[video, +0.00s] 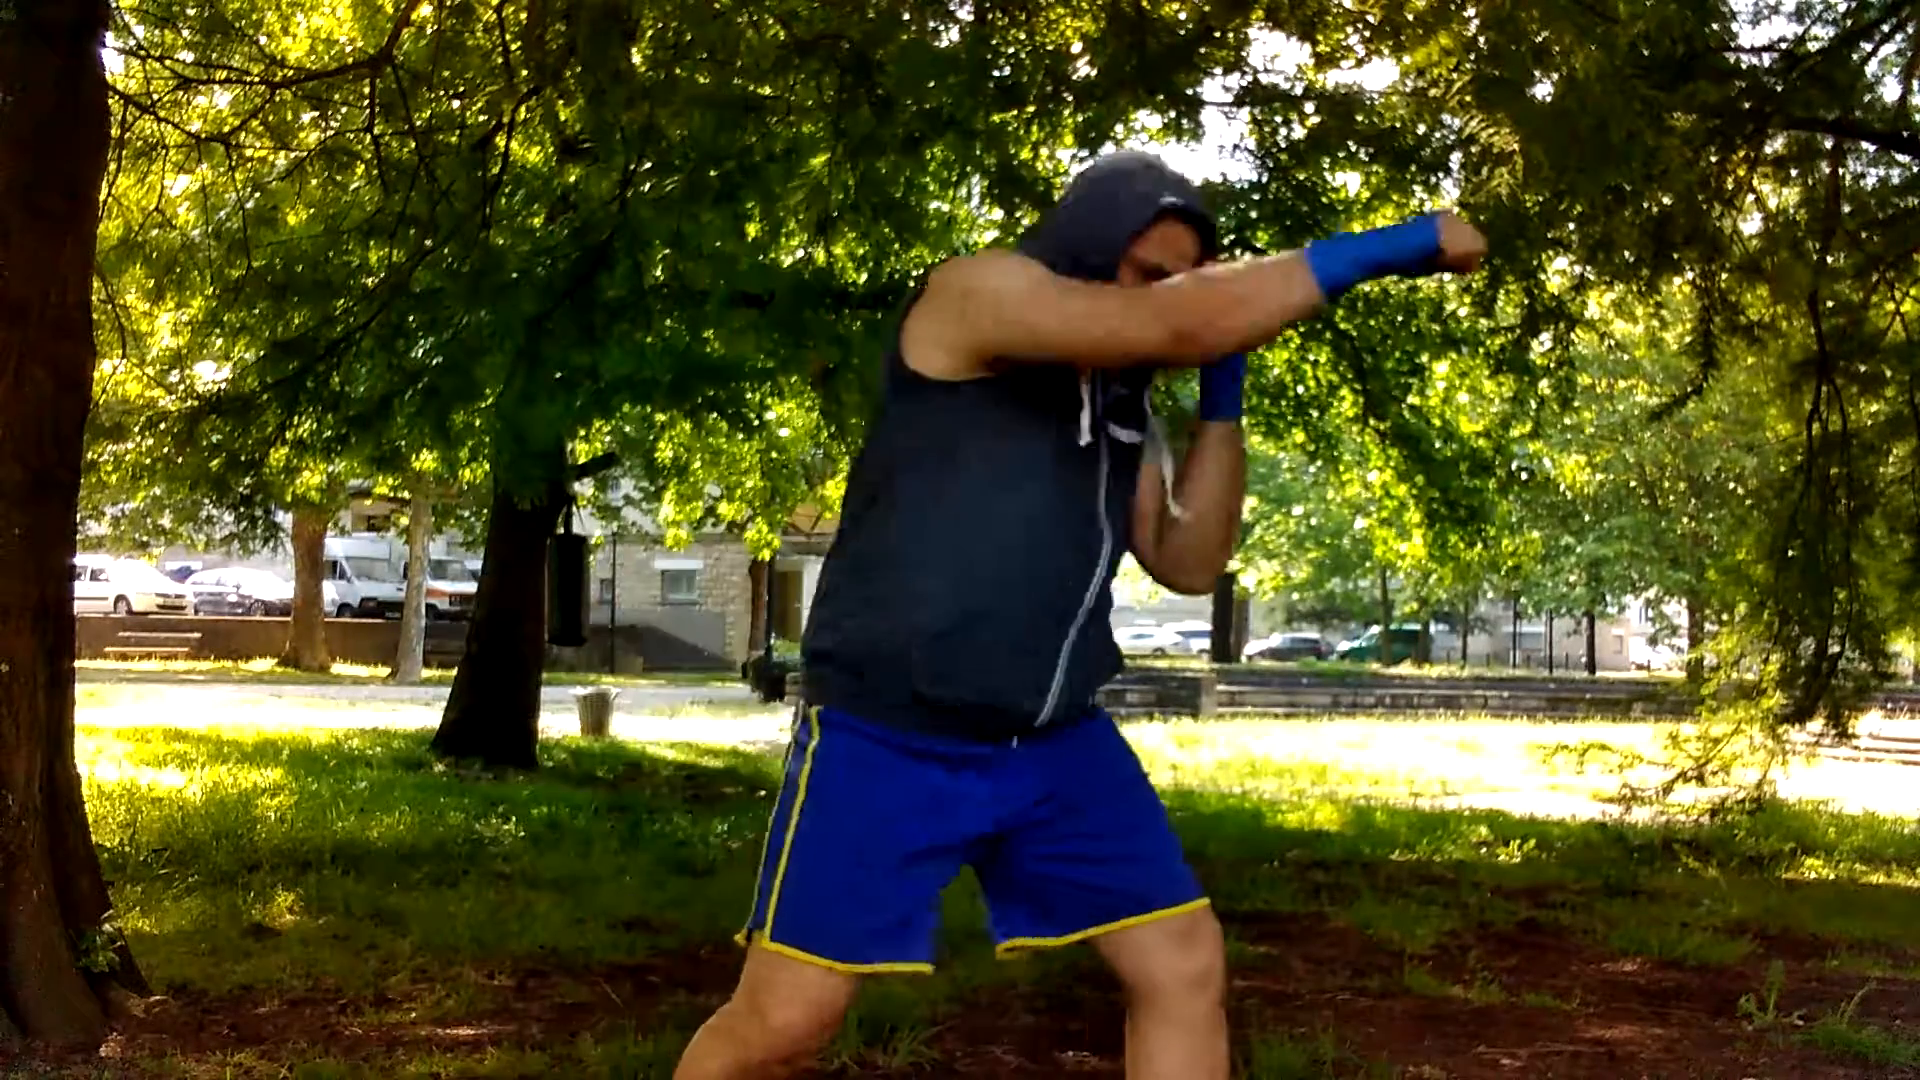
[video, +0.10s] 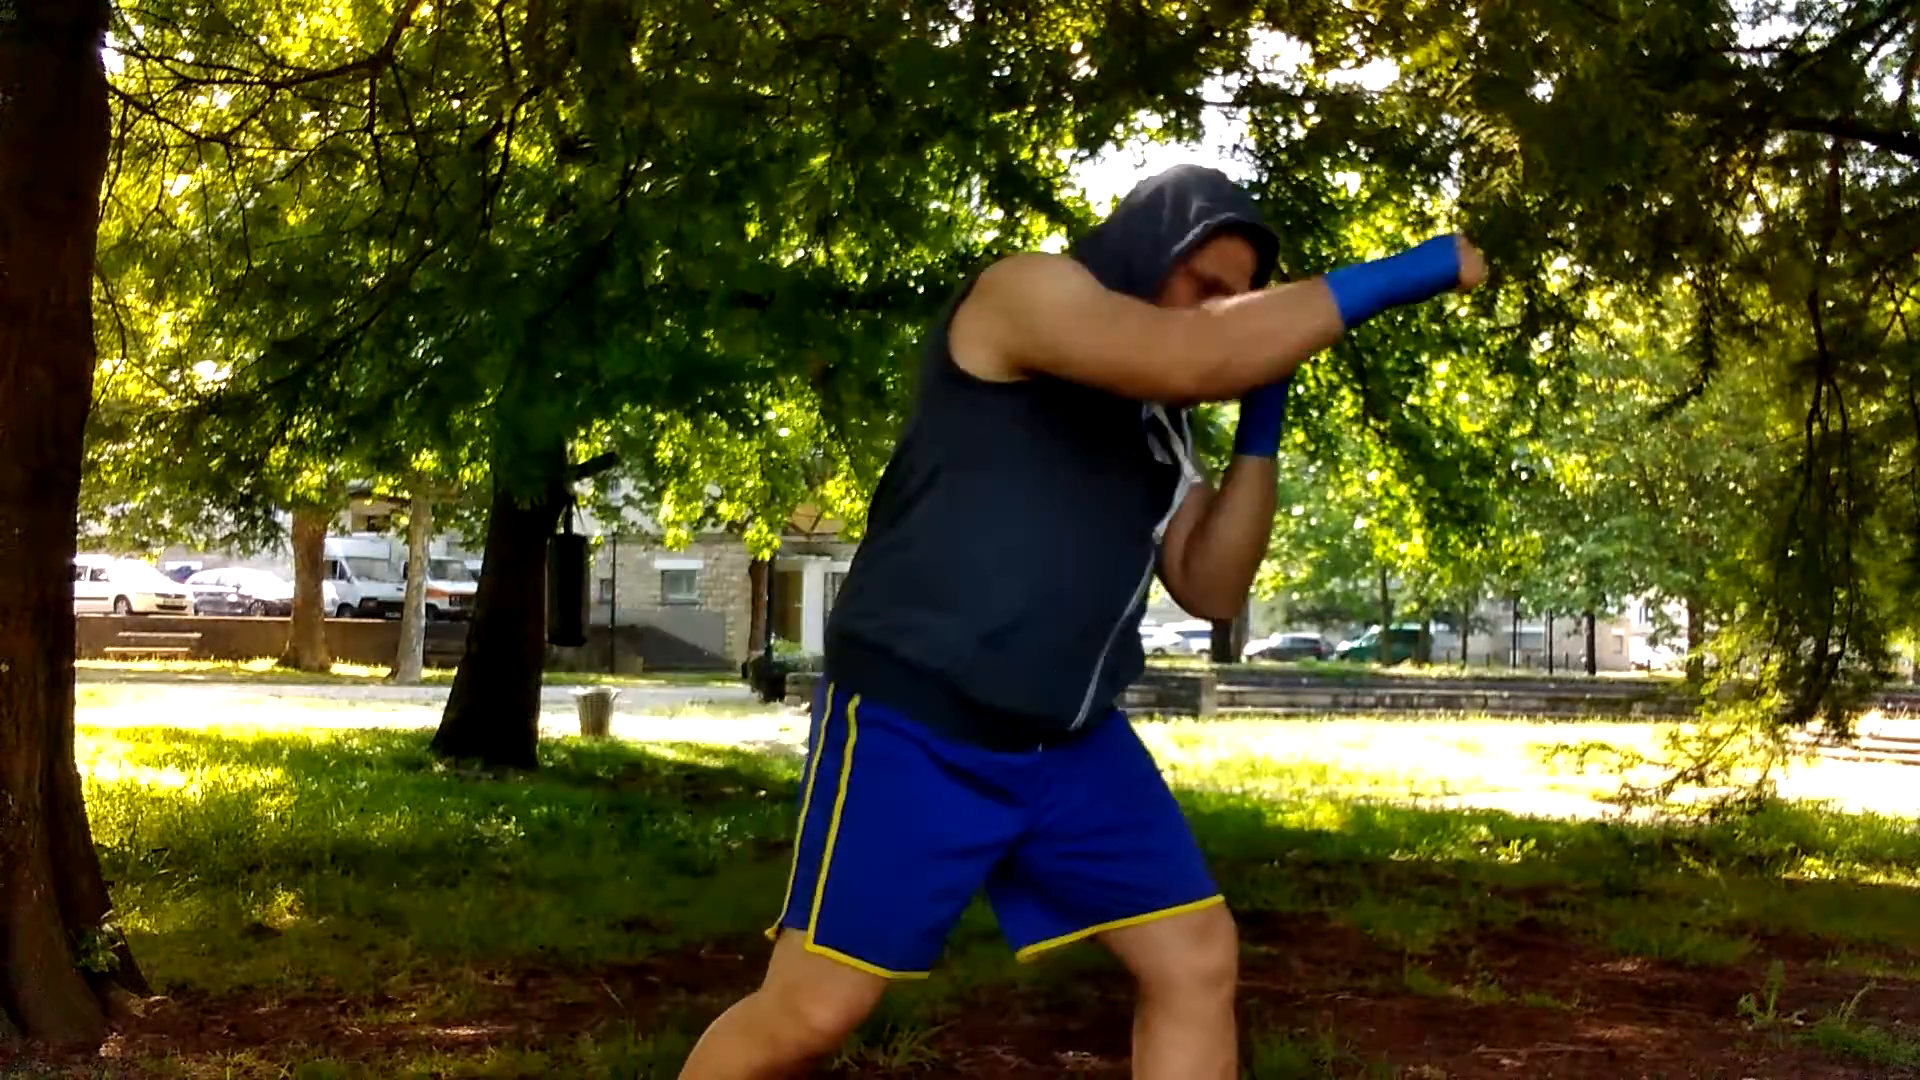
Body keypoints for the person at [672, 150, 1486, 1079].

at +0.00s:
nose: (1175, 299)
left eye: (1188, 278)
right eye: (1156, 273)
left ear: (1179, 277)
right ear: (1089, 246)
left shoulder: (1111, 406)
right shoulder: (968, 295)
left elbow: (1191, 561)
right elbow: (1184, 321)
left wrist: (1226, 379)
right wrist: (1396, 245)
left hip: (1055, 738)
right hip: (883, 731)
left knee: (1182, 966)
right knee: (785, 1016)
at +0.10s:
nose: (1225, 316)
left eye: (1243, 297)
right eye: (1205, 287)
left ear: (1252, 296)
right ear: (1142, 258)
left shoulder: (1157, 430)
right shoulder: (1023, 292)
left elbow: (1212, 590)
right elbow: (1201, 355)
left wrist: (1266, 402)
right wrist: (1406, 273)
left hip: (1070, 734)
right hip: (908, 716)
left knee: (1194, 962)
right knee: (808, 1010)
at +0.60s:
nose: (980, 195)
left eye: (1001, 172)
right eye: (955, 162)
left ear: (1016, 182)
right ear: (892, 154)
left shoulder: (1016, 313)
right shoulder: (775, 266)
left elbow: (1027, 510)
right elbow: (764, 450)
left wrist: (1090, 450)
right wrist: (982, 386)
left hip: (950, 694)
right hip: (769, 692)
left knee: (1071, 924)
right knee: (672, 978)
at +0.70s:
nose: (953, 197)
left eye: (975, 173)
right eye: (929, 163)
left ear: (992, 183)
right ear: (868, 154)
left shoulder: (989, 303)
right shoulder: (744, 259)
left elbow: (1043, 497)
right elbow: (723, 456)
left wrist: (1079, 389)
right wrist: (910, 353)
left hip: (909, 678)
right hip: (727, 671)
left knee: (1021, 924)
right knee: (626, 957)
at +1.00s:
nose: (760, 238)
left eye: (784, 216)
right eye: (739, 204)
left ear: (801, 226)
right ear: (680, 190)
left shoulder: (778, 341)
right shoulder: (554, 300)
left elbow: (796, 532)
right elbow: (615, 472)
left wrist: (873, 493)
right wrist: (793, 363)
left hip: (752, 710)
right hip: (561, 714)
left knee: (887, 933)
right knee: (477, 999)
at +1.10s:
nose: (683, 222)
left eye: (710, 197)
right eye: (659, 187)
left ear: (732, 206)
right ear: (600, 175)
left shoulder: (751, 304)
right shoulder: (486, 292)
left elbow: (826, 468)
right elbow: (536, 454)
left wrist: (859, 417)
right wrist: (692, 332)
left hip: (720, 693)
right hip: (528, 702)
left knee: (849, 928)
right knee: (454, 997)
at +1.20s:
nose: (619, 215)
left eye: (647, 191)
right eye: (596, 180)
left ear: (671, 194)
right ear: (542, 169)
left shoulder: (716, 273)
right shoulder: (436, 290)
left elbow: (908, 337)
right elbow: (459, 467)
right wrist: (614, 337)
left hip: (686, 694)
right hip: (492, 700)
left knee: (799, 950)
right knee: (428, 992)